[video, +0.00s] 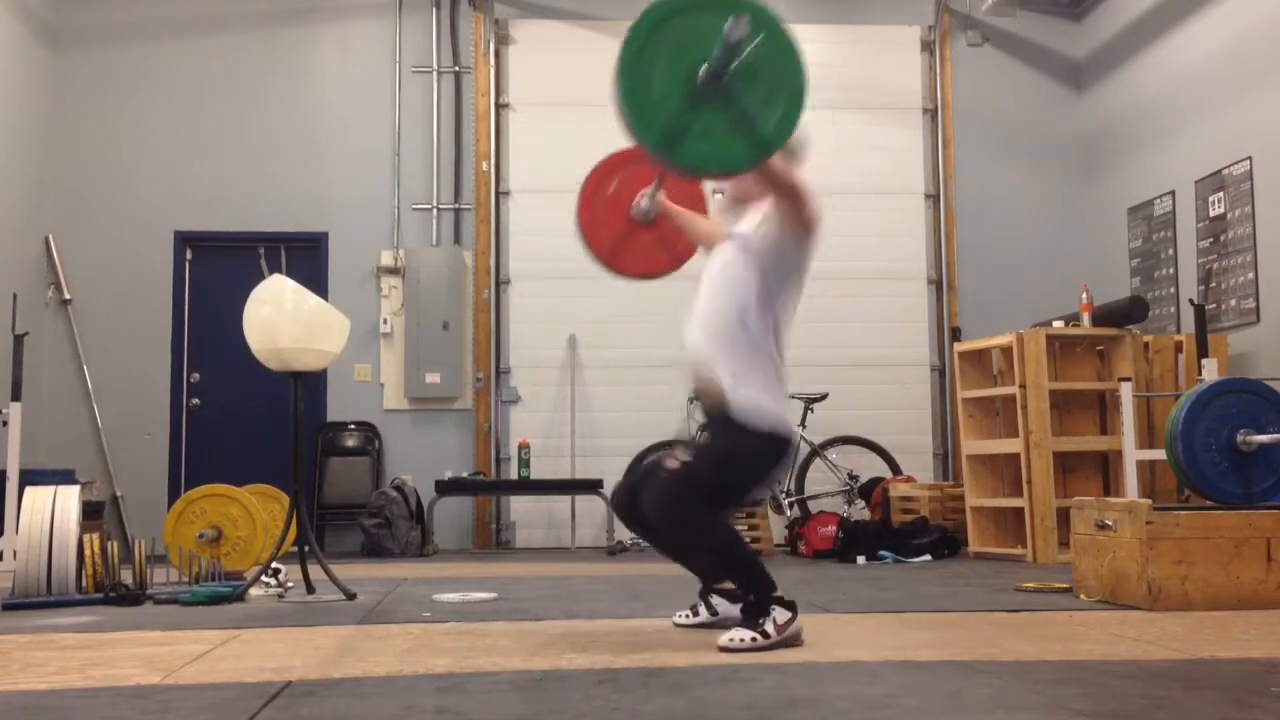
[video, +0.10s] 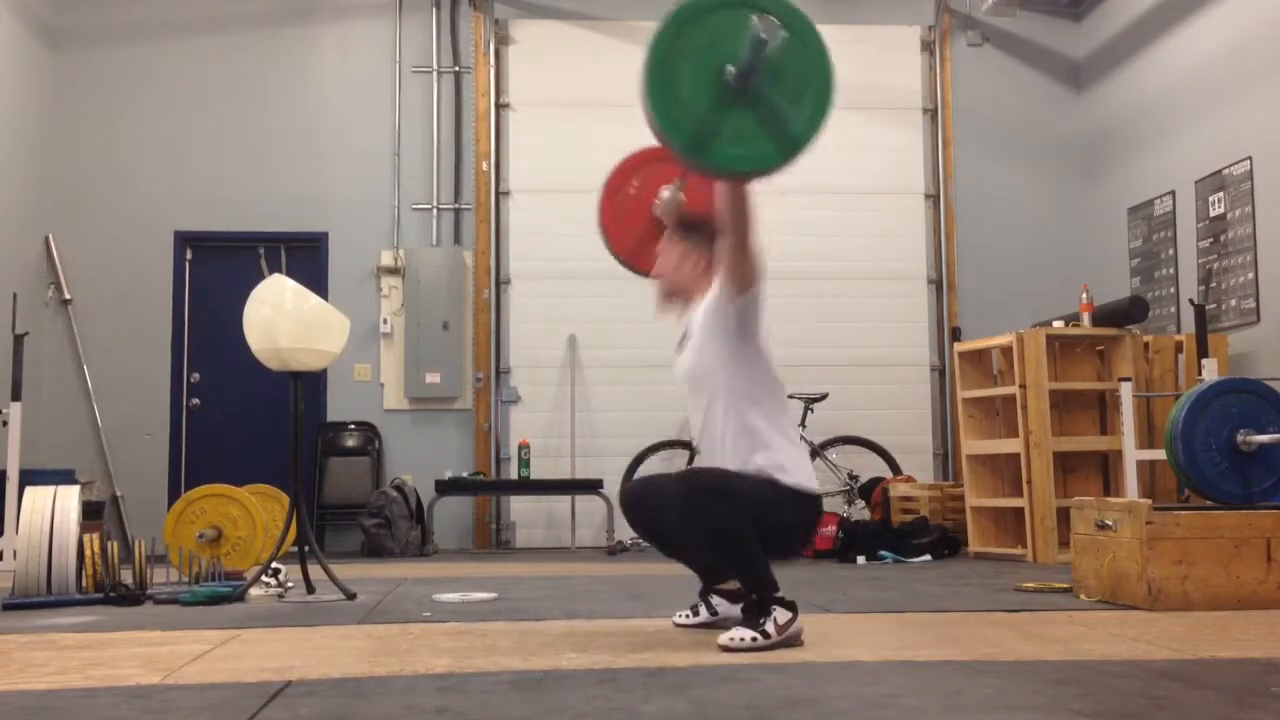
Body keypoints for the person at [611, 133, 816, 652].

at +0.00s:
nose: (720, 172)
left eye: (735, 161)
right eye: (721, 161)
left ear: (767, 166)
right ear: (728, 173)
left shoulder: (782, 232)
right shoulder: (736, 232)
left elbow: (792, 195)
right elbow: (710, 233)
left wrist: (741, 136)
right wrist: (663, 208)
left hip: (758, 429)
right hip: (721, 423)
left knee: (671, 499)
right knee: (632, 499)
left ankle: (773, 610)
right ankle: (725, 594)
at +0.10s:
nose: (656, 263)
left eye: (668, 250)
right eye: (659, 250)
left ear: (701, 258)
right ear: (688, 262)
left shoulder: (728, 312)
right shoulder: (698, 323)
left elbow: (737, 242)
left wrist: (733, 165)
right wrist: (678, 216)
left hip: (788, 503)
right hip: (738, 496)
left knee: (693, 491)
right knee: (641, 496)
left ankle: (773, 609)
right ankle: (726, 592)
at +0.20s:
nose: (634, 306)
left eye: (641, 291)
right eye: (634, 293)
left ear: (676, 294)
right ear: (674, 296)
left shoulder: (721, 337)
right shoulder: (683, 354)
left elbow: (729, 265)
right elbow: (691, 289)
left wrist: (736, 186)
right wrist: (686, 241)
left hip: (792, 518)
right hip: (744, 516)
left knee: (688, 489)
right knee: (640, 496)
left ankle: (772, 608)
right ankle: (726, 594)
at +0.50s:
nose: (631, 319)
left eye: (637, 305)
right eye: (631, 307)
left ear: (672, 305)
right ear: (671, 307)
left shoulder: (722, 347)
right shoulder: (687, 361)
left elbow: (737, 275)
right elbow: (704, 298)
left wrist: (760, 193)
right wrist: (699, 249)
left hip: (795, 525)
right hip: (749, 522)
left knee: (684, 491)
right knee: (642, 495)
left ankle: (772, 607)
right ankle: (729, 593)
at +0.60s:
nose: (630, 307)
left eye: (636, 293)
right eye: (629, 295)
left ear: (671, 293)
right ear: (670, 296)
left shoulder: (723, 332)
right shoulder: (685, 349)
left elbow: (740, 262)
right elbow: (705, 290)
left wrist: (763, 177)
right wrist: (700, 239)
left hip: (799, 510)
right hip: (747, 508)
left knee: (694, 486)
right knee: (646, 490)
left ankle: (773, 608)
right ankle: (728, 592)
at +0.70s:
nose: (633, 301)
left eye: (639, 286)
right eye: (632, 288)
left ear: (675, 286)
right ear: (674, 289)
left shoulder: (727, 326)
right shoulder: (687, 343)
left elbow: (744, 249)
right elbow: (704, 287)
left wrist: (767, 163)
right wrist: (701, 235)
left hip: (803, 505)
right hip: (748, 503)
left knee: (697, 483)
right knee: (649, 487)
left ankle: (773, 608)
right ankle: (730, 593)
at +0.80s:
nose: (636, 305)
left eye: (642, 291)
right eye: (635, 293)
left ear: (679, 291)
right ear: (678, 293)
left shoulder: (728, 332)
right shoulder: (689, 349)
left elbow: (744, 254)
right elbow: (701, 291)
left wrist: (767, 168)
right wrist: (698, 238)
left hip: (801, 512)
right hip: (750, 510)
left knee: (696, 483)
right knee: (648, 489)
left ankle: (773, 608)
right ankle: (729, 593)